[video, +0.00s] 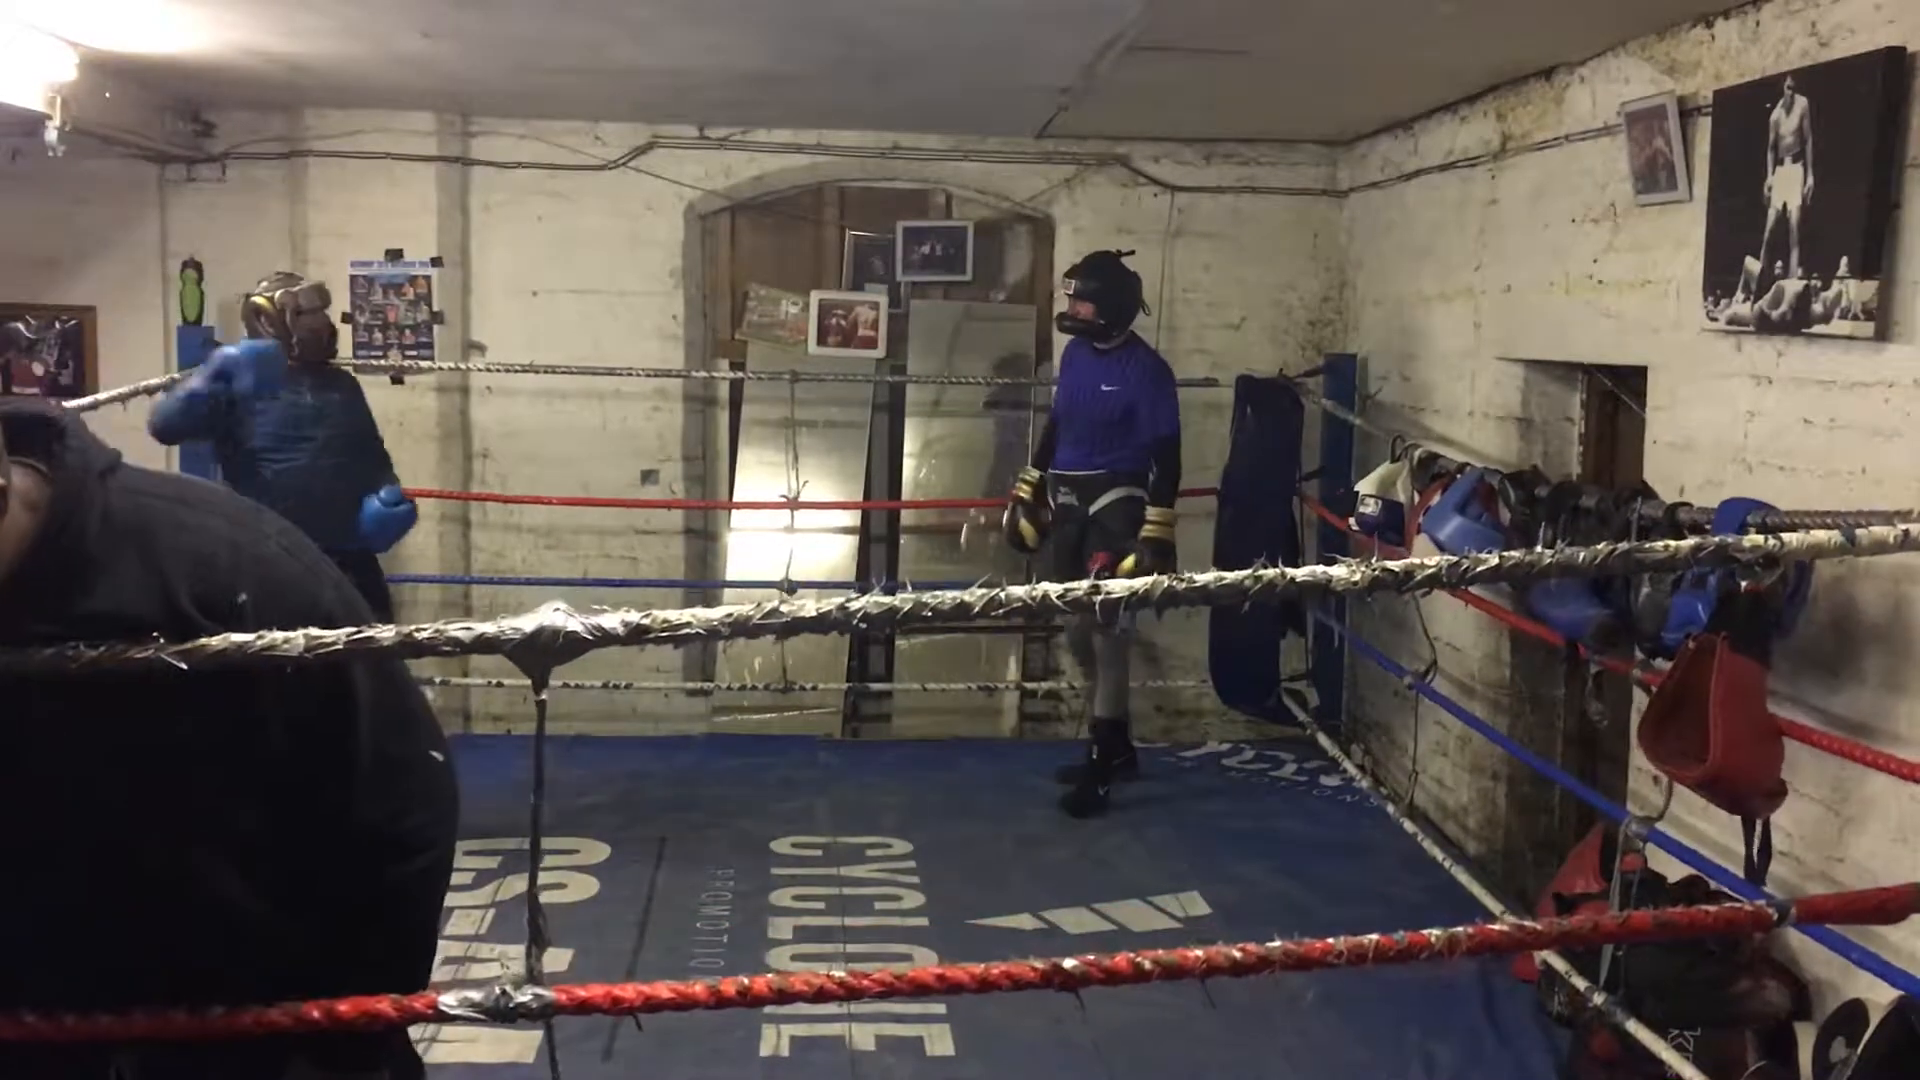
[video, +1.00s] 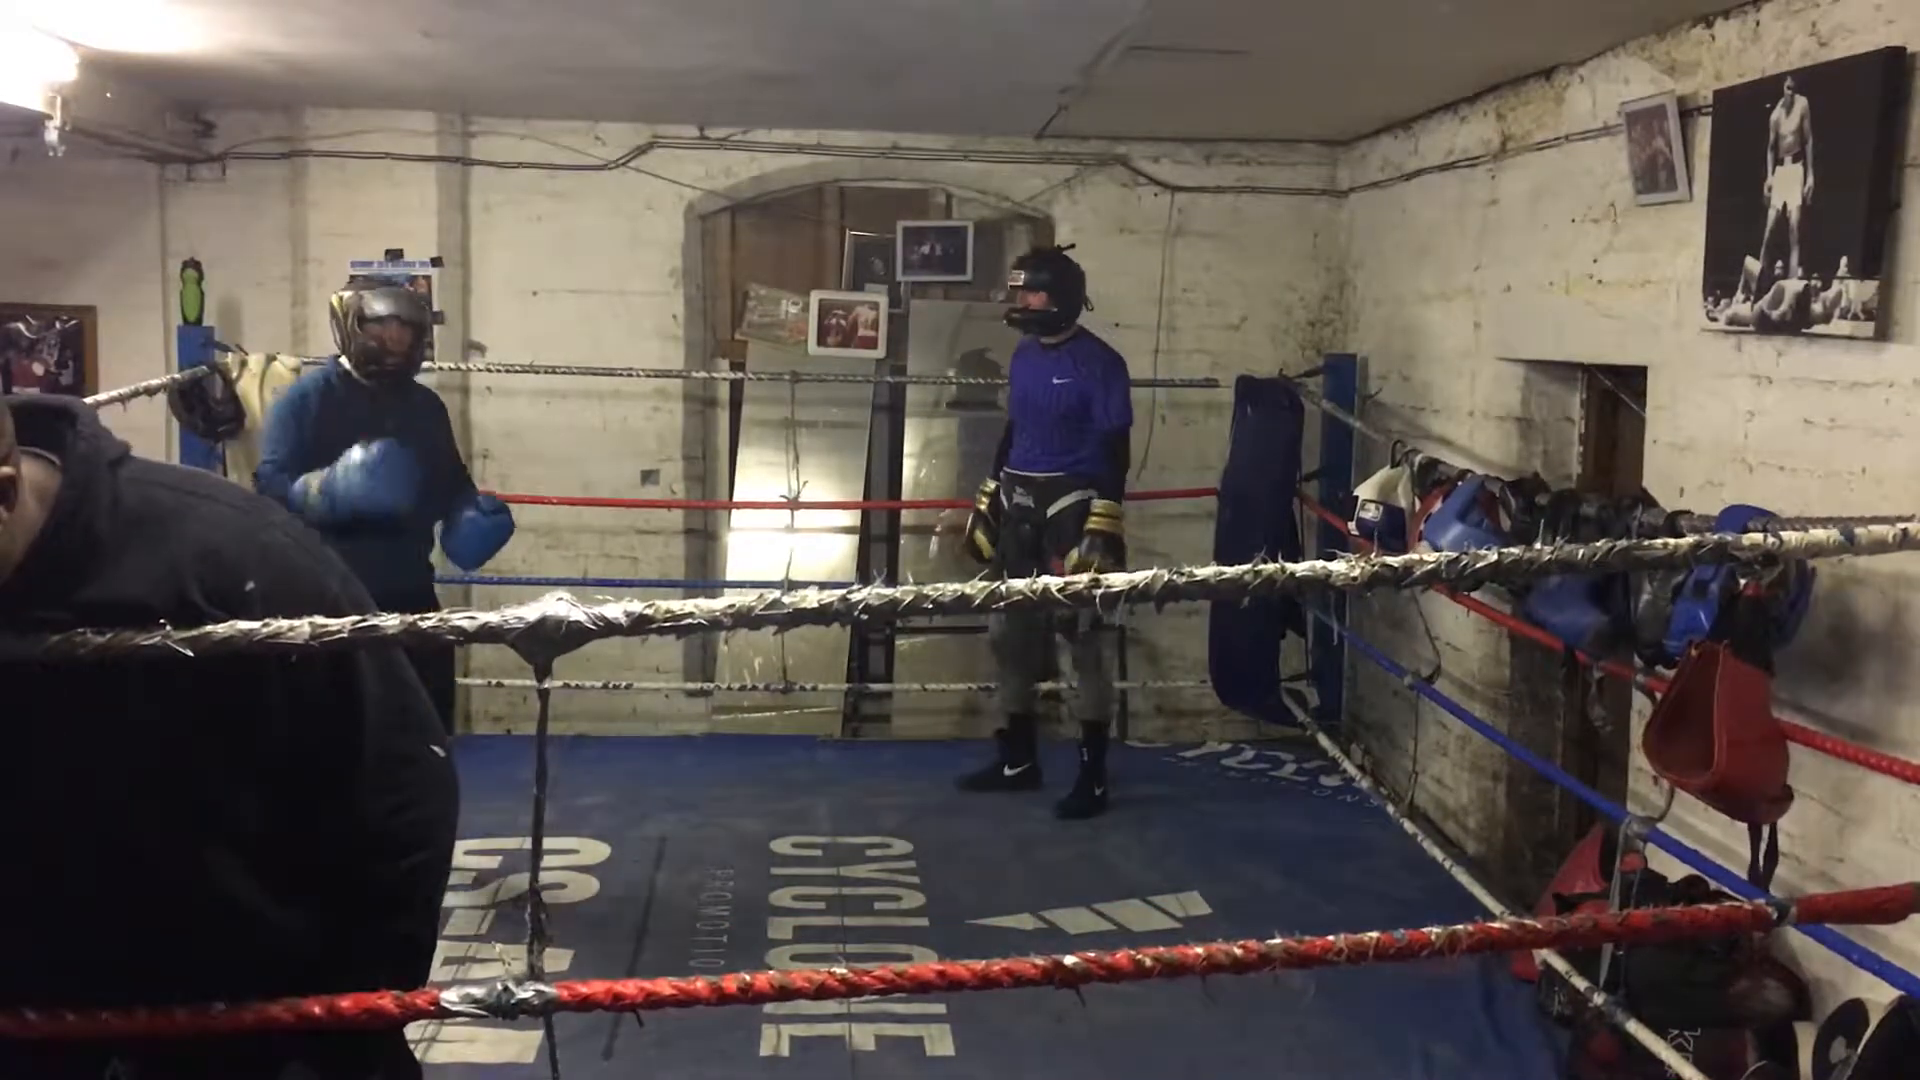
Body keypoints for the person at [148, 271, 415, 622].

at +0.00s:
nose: (330, 325)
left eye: (324, 311)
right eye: (311, 313)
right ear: (271, 323)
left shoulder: (341, 384)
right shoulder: (236, 373)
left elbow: (373, 454)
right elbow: (163, 424)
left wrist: (389, 496)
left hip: (347, 554)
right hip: (269, 556)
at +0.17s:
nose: (353, 322)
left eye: (348, 310)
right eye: (334, 312)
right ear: (297, 322)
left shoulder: (360, 368)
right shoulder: (270, 369)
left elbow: (392, 441)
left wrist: (415, 494)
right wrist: (305, 382)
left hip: (366, 535)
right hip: (301, 538)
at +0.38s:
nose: (364, 321)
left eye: (368, 314)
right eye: (354, 313)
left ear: (376, 321)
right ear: (324, 320)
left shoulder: (395, 376)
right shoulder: (301, 371)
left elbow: (422, 452)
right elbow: (334, 415)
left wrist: (445, 500)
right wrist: (367, 348)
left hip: (389, 549)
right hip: (326, 549)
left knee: (397, 661)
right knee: (333, 668)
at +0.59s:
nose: (418, 346)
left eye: (419, 337)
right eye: (404, 332)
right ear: (359, 323)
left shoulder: (421, 389)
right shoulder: (324, 373)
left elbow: (441, 466)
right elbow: (349, 421)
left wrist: (459, 512)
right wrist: (383, 353)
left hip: (400, 560)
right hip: (333, 557)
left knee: (398, 676)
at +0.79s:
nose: (412, 354)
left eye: (420, 341)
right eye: (397, 340)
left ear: (426, 346)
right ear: (363, 341)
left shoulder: (427, 411)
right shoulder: (325, 396)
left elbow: (452, 488)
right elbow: (309, 471)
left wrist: (475, 529)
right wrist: (357, 405)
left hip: (405, 585)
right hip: (332, 583)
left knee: (395, 705)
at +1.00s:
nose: (395, 341)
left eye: (407, 329)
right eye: (382, 327)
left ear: (420, 338)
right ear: (352, 329)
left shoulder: (424, 407)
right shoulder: (308, 399)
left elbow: (452, 487)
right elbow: (271, 487)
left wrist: (470, 527)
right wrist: (334, 487)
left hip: (407, 590)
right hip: (325, 590)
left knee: (423, 728)